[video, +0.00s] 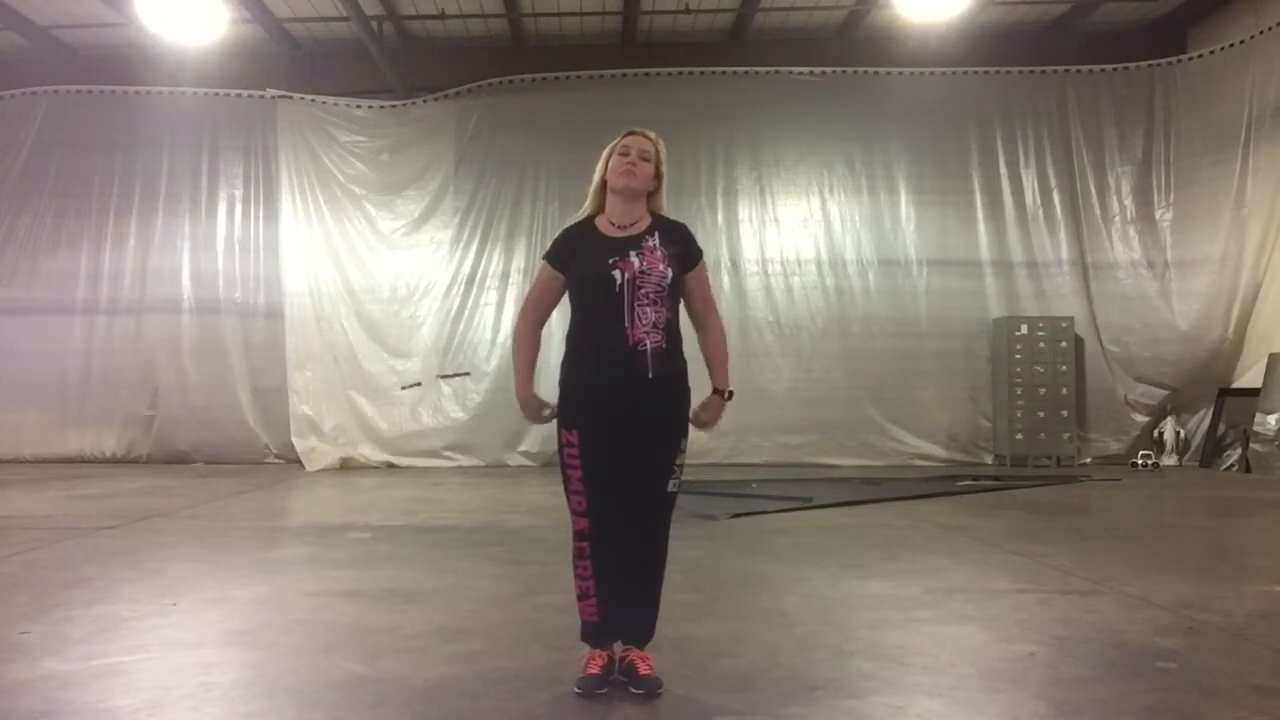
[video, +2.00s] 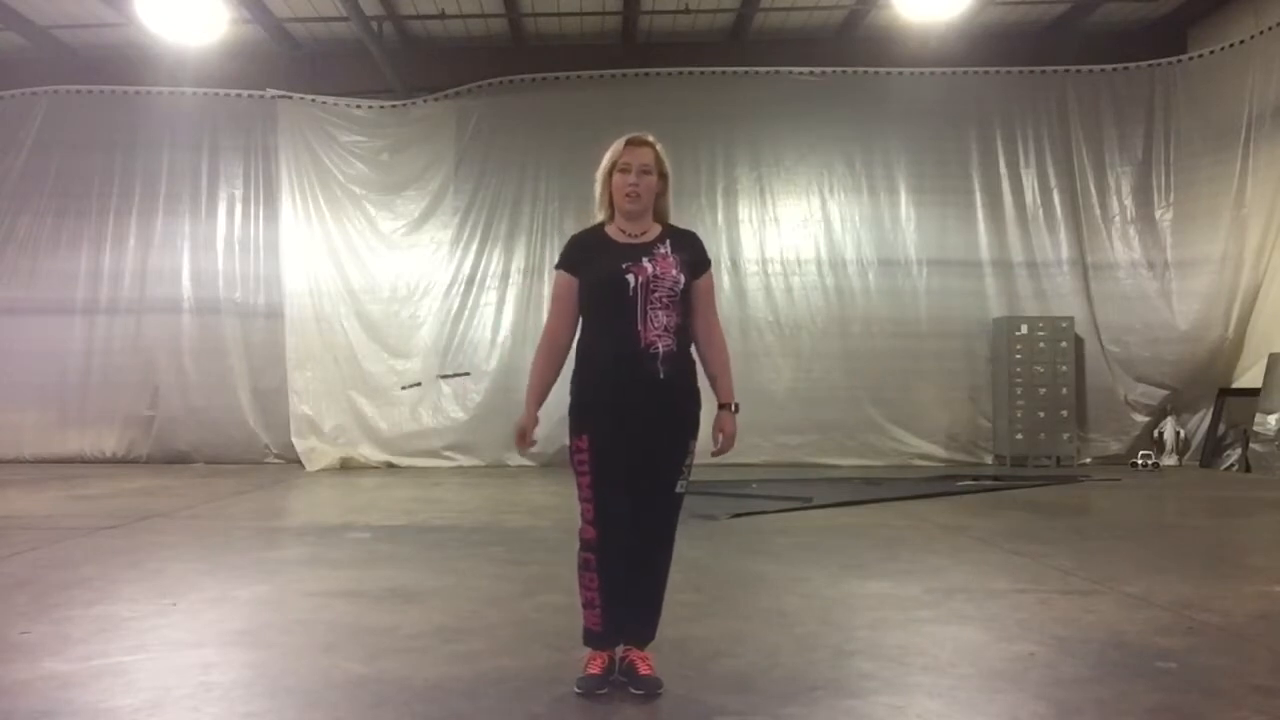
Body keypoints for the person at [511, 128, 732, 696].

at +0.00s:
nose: (631, 163)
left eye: (643, 158)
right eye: (622, 155)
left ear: (657, 177)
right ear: (604, 168)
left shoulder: (676, 239)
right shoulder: (576, 240)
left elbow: (706, 317)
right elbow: (531, 314)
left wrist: (721, 388)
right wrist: (523, 390)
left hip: (659, 406)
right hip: (589, 405)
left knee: (647, 524)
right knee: (593, 527)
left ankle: (634, 649)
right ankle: (599, 649)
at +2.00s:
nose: (634, 181)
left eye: (646, 172)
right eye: (625, 171)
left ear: (661, 182)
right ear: (608, 179)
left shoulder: (686, 247)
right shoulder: (583, 247)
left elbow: (707, 330)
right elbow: (557, 335)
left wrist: (727, 402)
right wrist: (531, 407)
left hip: (669, 411)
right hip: (600, 409)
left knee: (653, 526)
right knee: (601, 528)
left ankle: (635, 649)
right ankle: (599, 650)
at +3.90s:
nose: (641, 177)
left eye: (651, 168)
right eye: (631, 169)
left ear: (667, 180)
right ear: (616, 181)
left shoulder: (693, 248)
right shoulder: (591, 248)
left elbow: (714, 335)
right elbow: (563, 335)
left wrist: (735, 410)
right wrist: (539, 407)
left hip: (679, 413)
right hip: (610, 412)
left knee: (660, 530)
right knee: (608, 530)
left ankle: (636, 648)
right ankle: (602, 652)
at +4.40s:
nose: (640, 168)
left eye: (651, 160)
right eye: (630, 160)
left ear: (666, 174)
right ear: (614, 172)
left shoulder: (691, 240)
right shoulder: (591, 246)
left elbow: (713, 332)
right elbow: (573, 336)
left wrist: (705, 398)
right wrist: (556, 407)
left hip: (671, 402)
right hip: (604, 400)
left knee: (655, 520)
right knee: (606, 508)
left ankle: (637, 645)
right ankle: (604, 607)